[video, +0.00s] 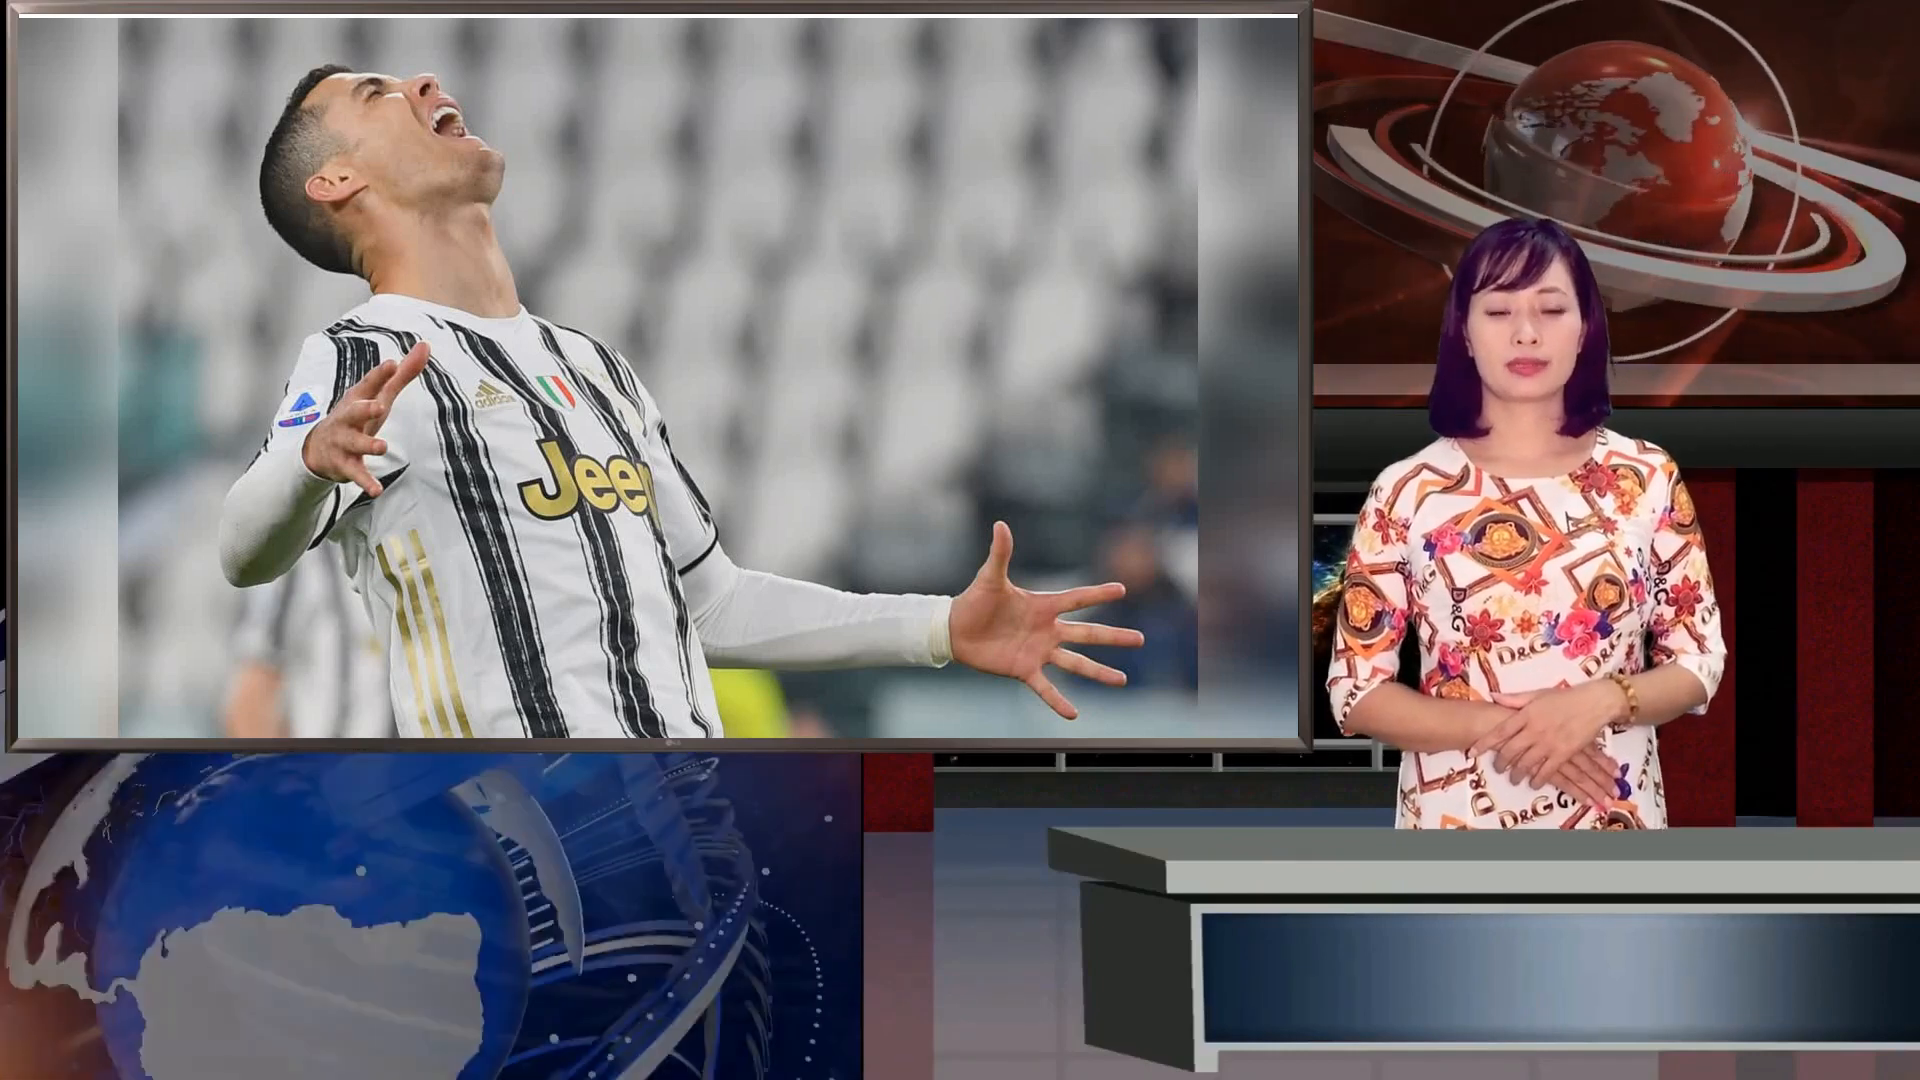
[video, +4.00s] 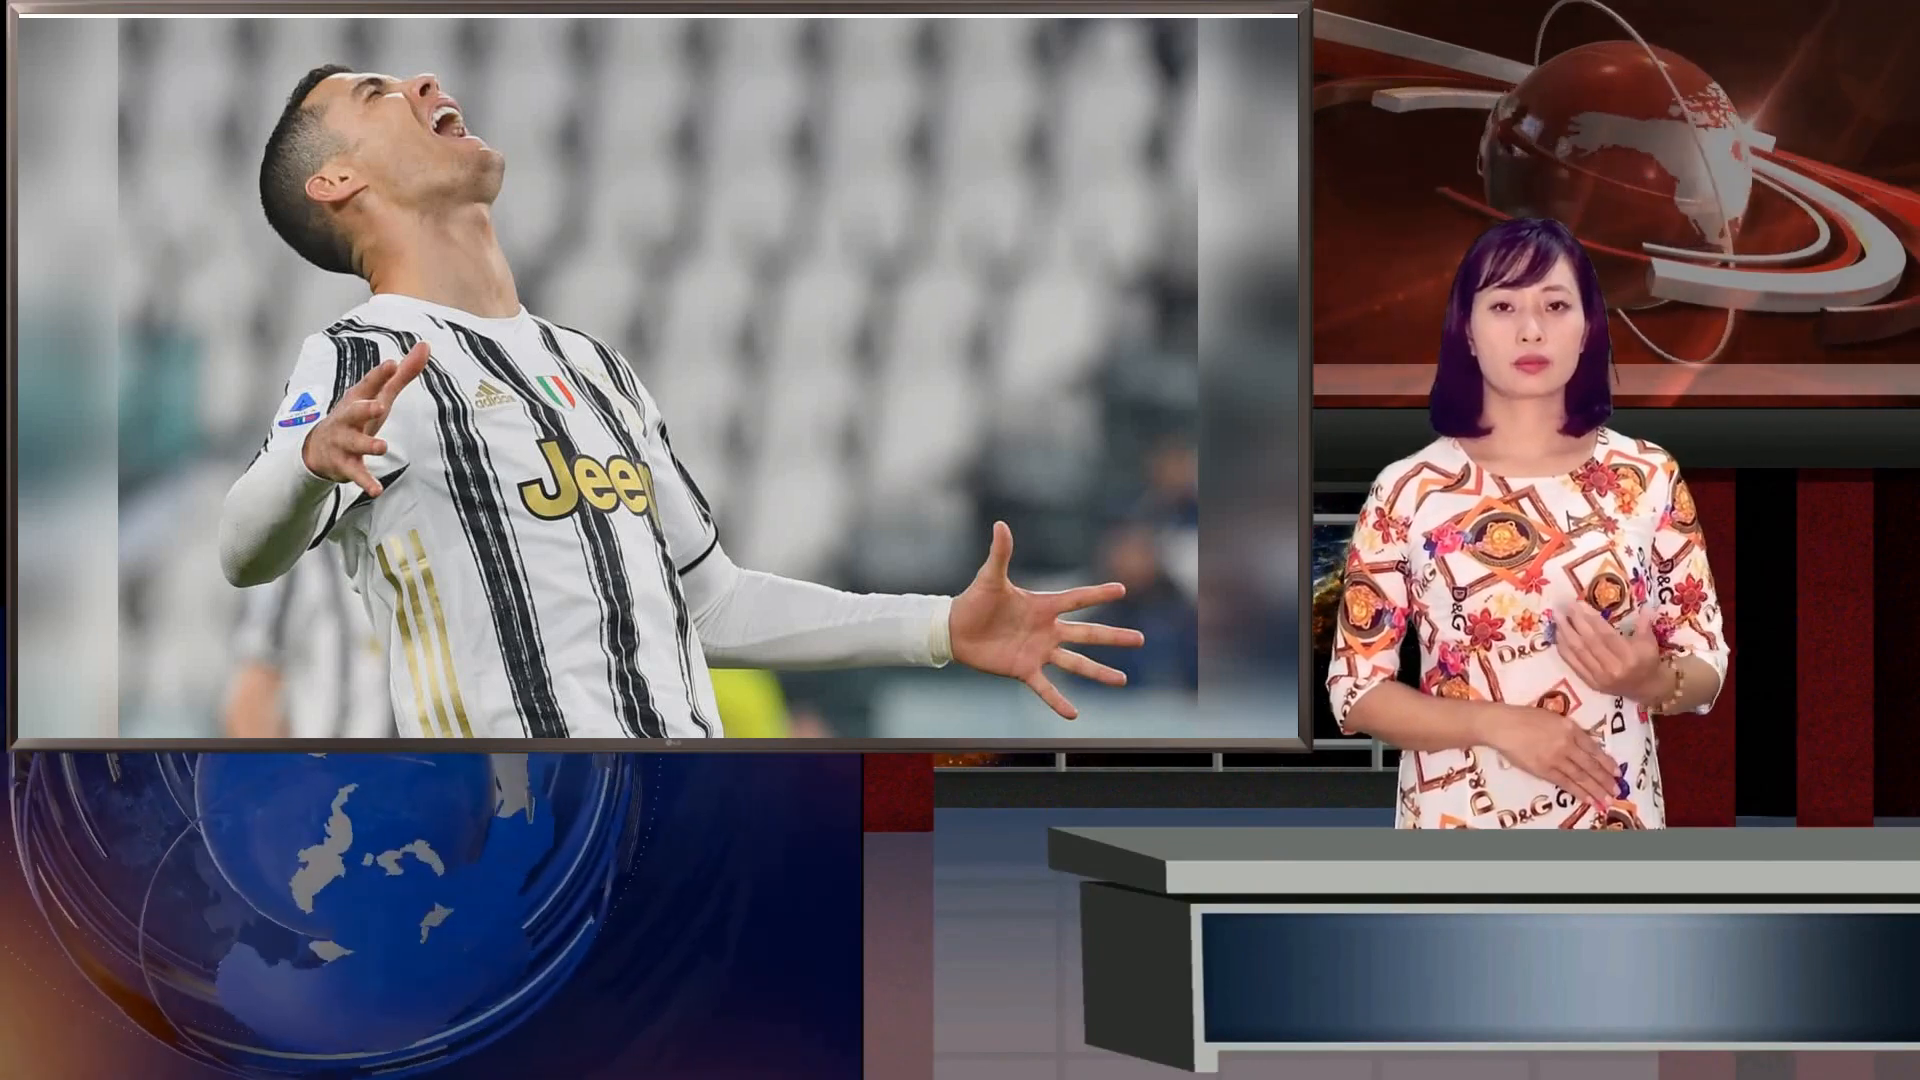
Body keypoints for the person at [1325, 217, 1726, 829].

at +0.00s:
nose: (1526, 332)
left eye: (1552, 309)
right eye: (1498, 311)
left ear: (1586, 326)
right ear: (1463, 330)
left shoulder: (1645, 478)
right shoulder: (1405, 492)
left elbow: (1698, 662)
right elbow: (1355, 691)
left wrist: (1599, 701)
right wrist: (1509, 730)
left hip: (1612, 833)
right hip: (1455, 832)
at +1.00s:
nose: (1533, 330)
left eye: (1558, 306)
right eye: (1505, 308)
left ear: (1591, 326)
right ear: (1469, 329)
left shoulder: (1651, 477)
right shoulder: (1411, 490)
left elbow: (1704, 659)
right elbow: (1360, 690)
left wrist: (1606, 699)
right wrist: (1520, 729)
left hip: (1617, 830)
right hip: (1461, 830)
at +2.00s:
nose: (1532, 329)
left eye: (1557, 305)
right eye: (1504, 307)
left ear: (1590, 325)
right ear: (1467, 328)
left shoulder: (1650, 478)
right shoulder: (1409, 492)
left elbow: (1704, 661)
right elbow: (1359, 691)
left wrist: (1606, 702)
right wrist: (1517, 732)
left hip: (1617, 830)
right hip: (1460, 831)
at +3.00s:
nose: (1528, 331)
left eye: (1553, 307)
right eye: (1501, 309)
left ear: (1586, 326)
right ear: (1464, 329)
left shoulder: (1646, 477)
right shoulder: (1406, 491)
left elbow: (1702, 659)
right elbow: (1357, 691)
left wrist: (1602, 699)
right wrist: (1516, 729)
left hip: (1614, 831)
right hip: (1457, 830)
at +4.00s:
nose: (1531, 329)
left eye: (1555, 305)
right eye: (1502, 307)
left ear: (1588, 326)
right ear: (1466, 328)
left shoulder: (1647, 479)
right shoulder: (1406, 492)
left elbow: (1704, 668)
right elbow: (1355, 689)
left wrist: (1652, 682)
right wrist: (1498, 724)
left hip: (1613, 833)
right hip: (1456, 832)